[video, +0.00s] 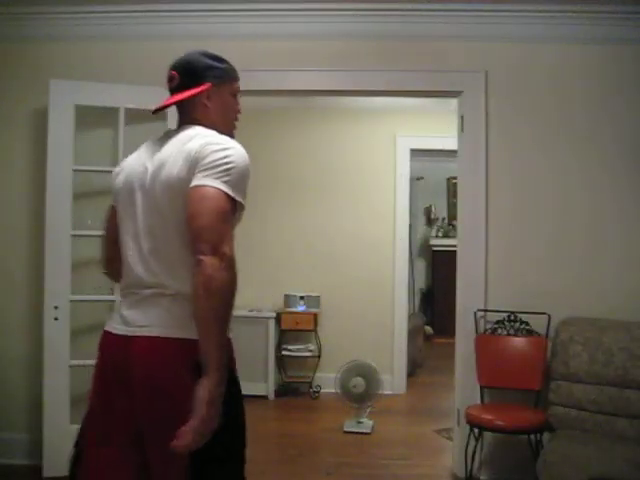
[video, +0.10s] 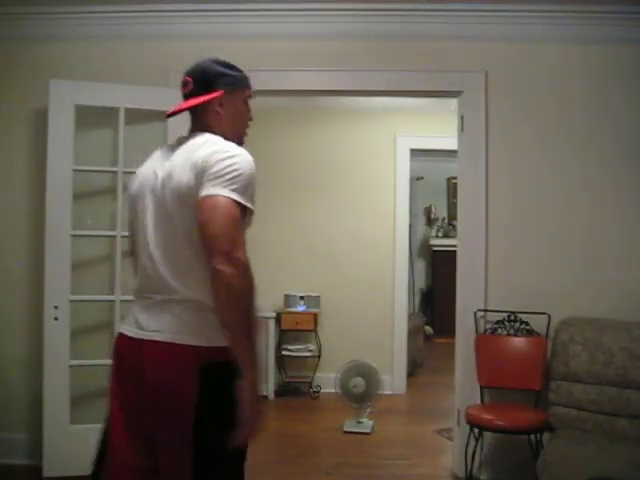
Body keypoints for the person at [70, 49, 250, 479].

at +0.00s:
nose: (239, 109)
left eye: (238, 97)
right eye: (234, 95)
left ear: (184, 100)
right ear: (206, 97)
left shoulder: (134, 161)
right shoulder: (220, 152)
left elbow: (113, 264)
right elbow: (212, 260)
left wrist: (175, 281)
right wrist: (214, 376)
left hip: (119, 351)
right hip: (183, 356)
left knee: (108, 468)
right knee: (203, 472)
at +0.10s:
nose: (251, 116)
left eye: (250, 103)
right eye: (246, 102)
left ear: (198, 107)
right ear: (219, 104)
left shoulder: (151, 165)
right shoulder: (226, 158)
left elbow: (141, 261)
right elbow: (227, 263)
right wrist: (248, 373)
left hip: (136, 355)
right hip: (196, 363)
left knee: (126, 470)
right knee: (206, 471)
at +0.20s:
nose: (263, 120)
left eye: (262, 108)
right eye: (258, 106)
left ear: (216, 111)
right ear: (232, 109)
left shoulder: (166, 168)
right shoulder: (232, 162)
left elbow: (193, 253)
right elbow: (239, 272)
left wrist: (261, 290)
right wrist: (288, 363)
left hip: (154, 355)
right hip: (209, 362)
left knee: (157, 471)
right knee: (221, 473)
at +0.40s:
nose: (286, 124)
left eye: (286, 112)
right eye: (281, 111)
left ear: (242, 111)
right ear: (252, 109)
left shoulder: (198, 160)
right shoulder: (242, 151)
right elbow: (243, 242)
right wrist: (303, 301)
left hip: (190, 338)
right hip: (218, 343)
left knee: (204, 463)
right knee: (234, 463)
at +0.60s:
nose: (308, 128)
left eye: (308, 117)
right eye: (302, 115)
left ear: (270, 117)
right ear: (273, 115)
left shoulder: (244, 159)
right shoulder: (250, 157)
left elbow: (254, 245)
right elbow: (262, 240)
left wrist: (313, 258)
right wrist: (316, 320)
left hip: (236, 335)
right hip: (226, 337)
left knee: (250, 460)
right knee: (221, 464)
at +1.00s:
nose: (343, 130)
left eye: (342, 121)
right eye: (336, 118)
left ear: (309, 122)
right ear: (307, 119)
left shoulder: (300, 175)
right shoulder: (278, 164)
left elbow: (318, 251)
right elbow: (257, 245)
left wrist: (370, 254)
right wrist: (304, 329)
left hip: (280, 333)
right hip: (260, 333)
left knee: (284, 461)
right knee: (275, 464)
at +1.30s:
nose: (363, 133)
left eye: (362, 122)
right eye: (357, 121)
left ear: (327, 123)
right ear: (330, 121)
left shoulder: (315, 173)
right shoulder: (303, 167)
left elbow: (331, 243)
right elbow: (304, 254)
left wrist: (380, 241)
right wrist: (366, 334)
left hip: (290, 331)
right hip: (277, 334)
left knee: (283, 460)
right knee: (275, 463)